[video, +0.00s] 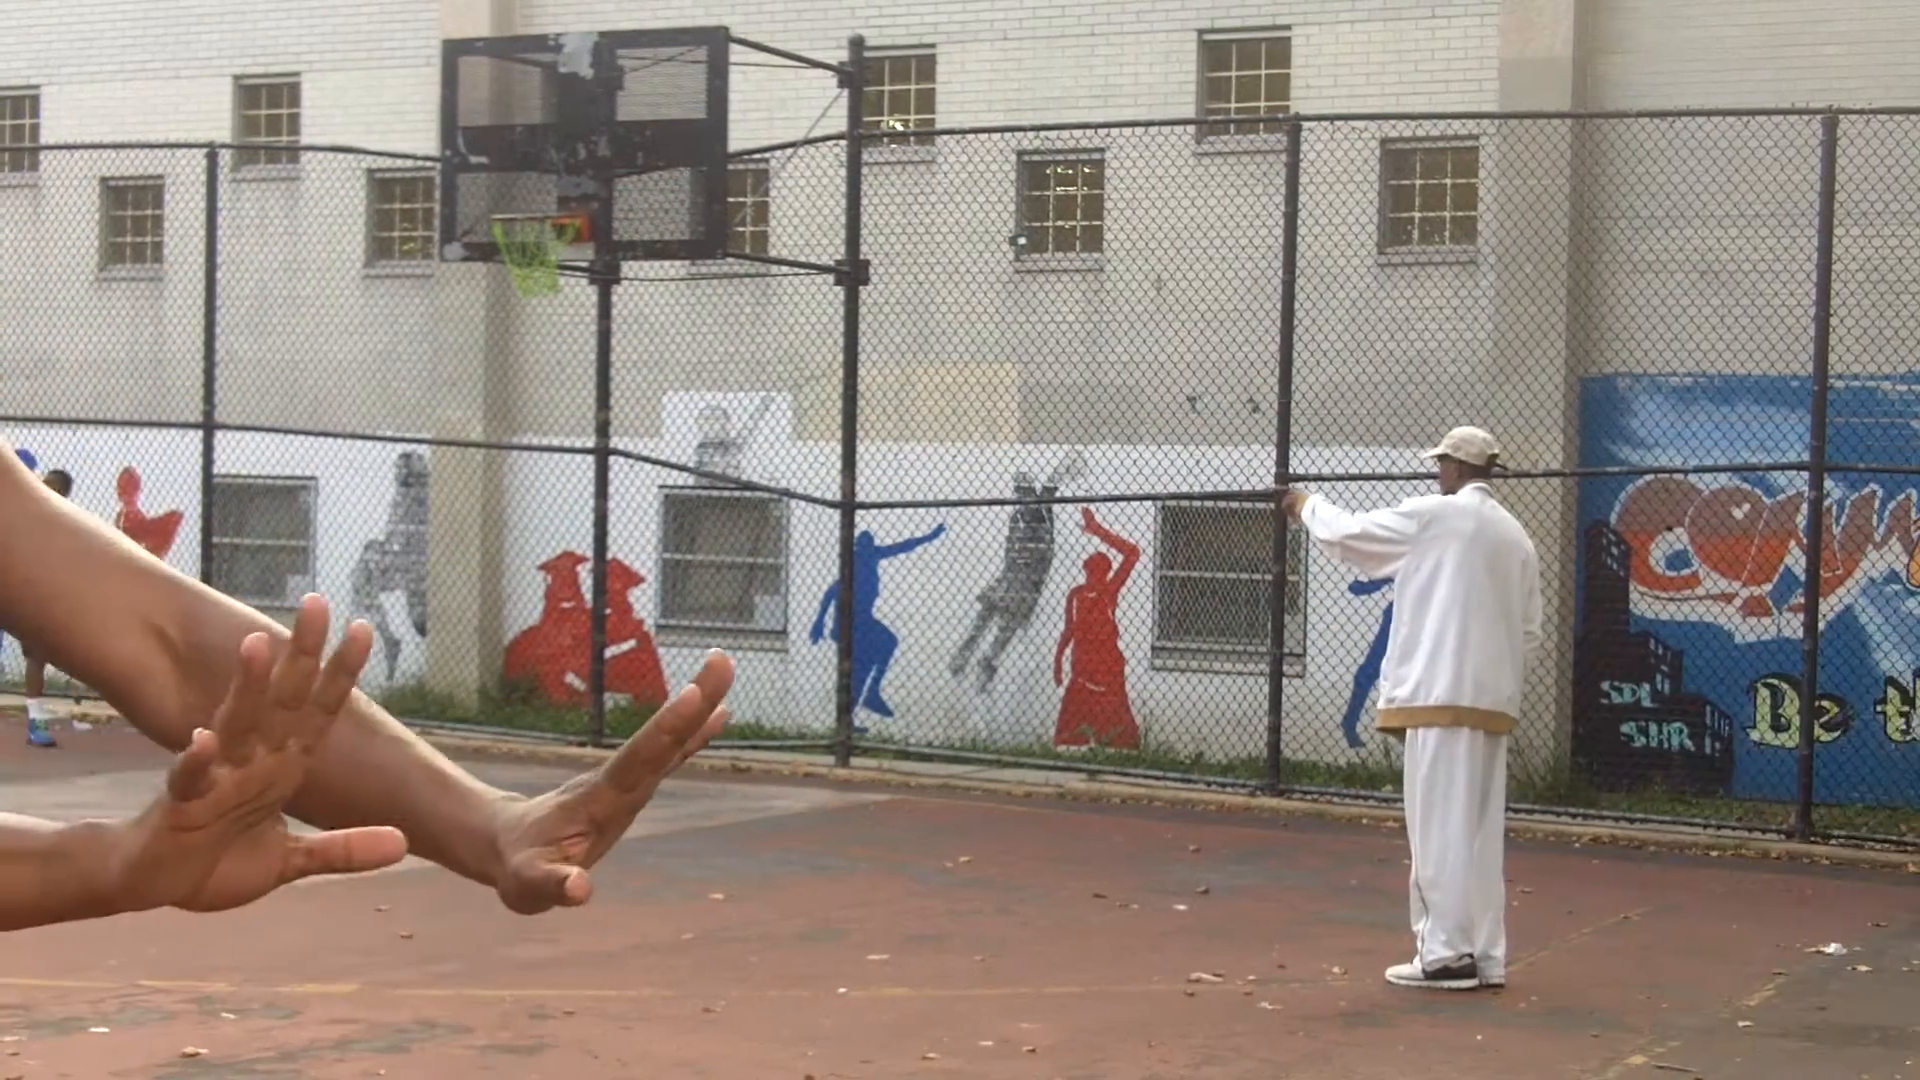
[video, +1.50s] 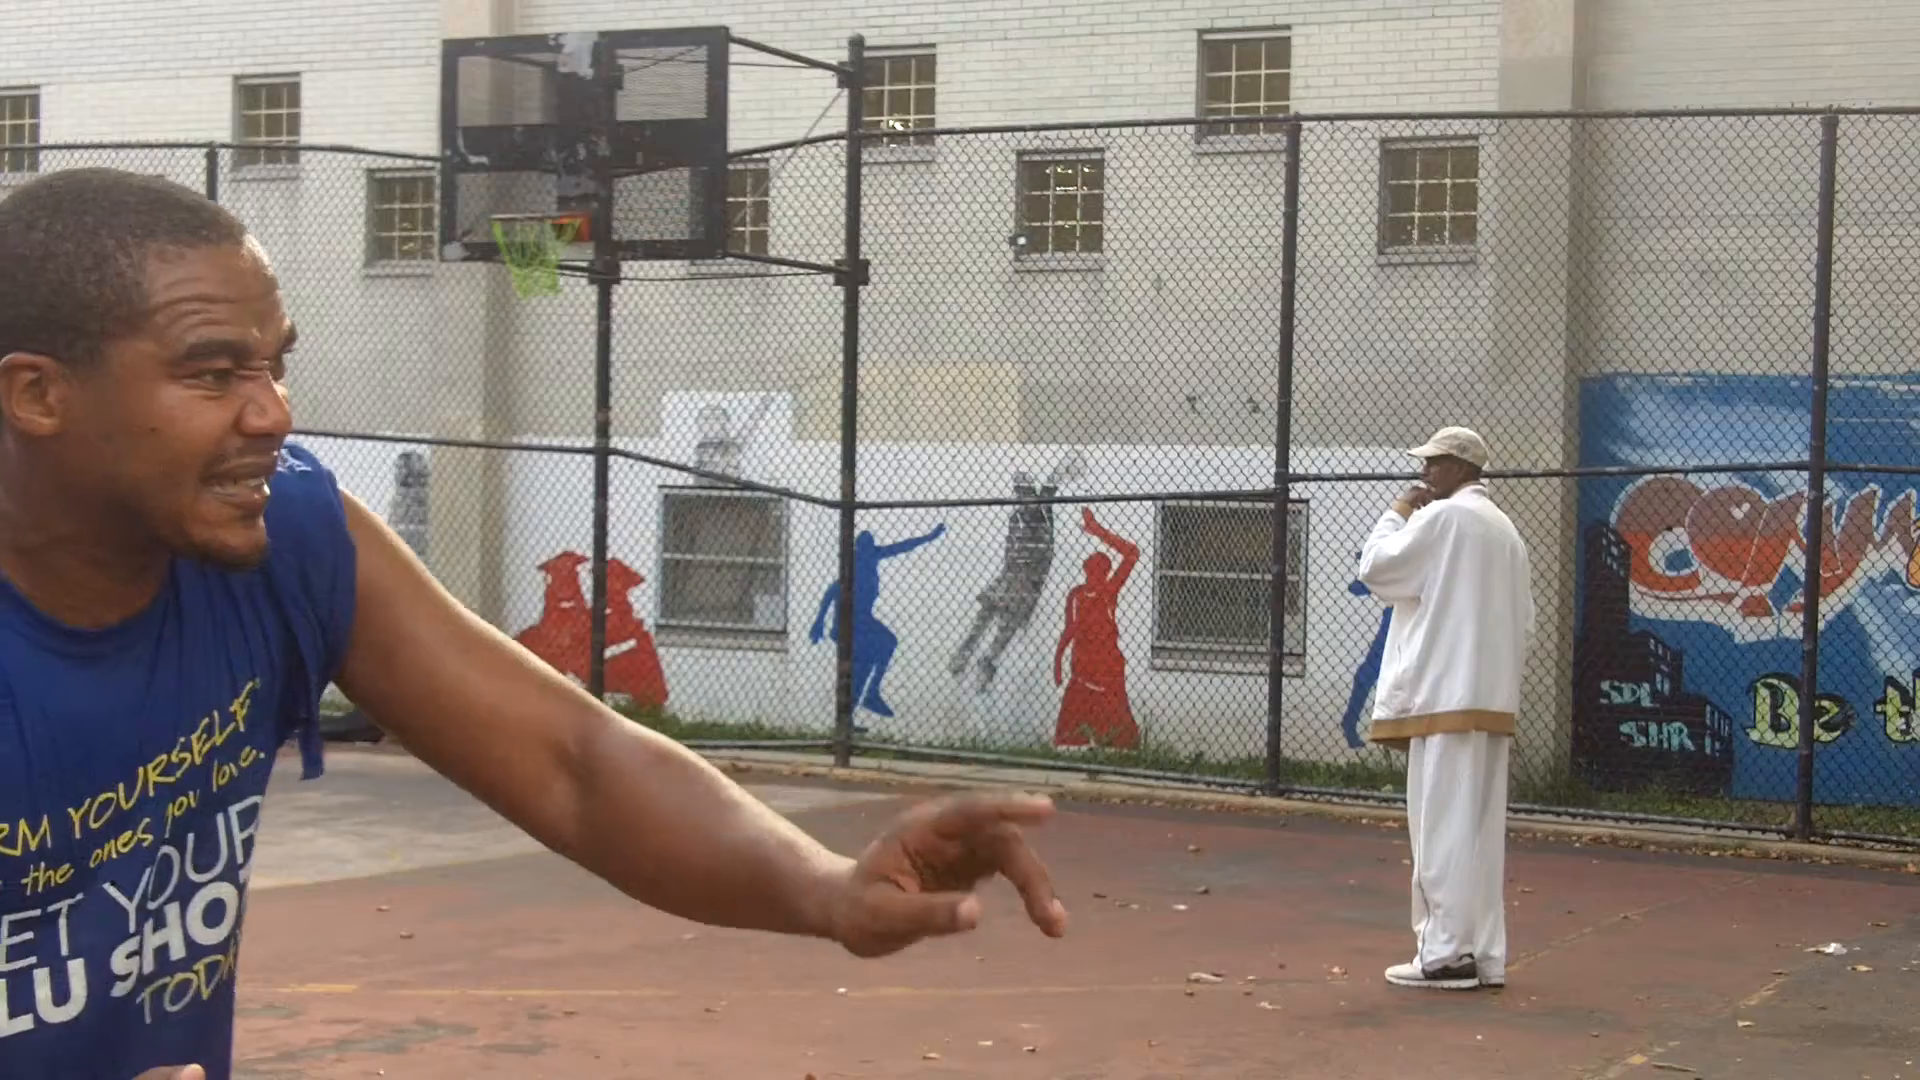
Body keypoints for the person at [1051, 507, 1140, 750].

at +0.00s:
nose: (1096, 575)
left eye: (1101, 570)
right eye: (1093, 569)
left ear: (1106, 572)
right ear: (1086, 569)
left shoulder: (1112, 589)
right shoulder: (1076, 593)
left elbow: (1132, 553)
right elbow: (1069, 629)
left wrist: (1098, 531)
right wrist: (1058, 658)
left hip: (1108, 656)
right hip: (1083, 656)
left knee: (1111, 703)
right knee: (1078, 702)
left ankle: (1120, 745)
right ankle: (1071, 745)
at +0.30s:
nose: (1097, 575)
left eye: (1101, 570)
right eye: (1093, 569)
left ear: (1106, 572)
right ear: (1086, 569)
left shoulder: (1112, 589)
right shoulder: (1076, 593)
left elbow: (1132, 554)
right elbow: (1069, 629)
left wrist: (1098, 531)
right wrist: (1058, 659)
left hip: (1108, 657)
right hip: (1083, 657)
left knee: (1111, 704)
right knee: (1078, 704)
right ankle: (1071, 745)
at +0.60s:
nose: (1097, 575)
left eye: (1101, 570)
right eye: (1093, 569)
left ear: (1107, 572)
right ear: (1086, 569)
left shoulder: (1112, 589)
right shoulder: (1076, 593)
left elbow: (1132, 554)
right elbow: (1069, 629)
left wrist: (1098, 531)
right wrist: (1058, 660)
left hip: (1108, 657)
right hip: (1082, 657)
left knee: (1111, 704)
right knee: (1078, 704)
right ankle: (1071, 745)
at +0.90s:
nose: (1097, 575)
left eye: (1101, 570)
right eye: (1093, 569)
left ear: (1107, 572)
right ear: (1086, 569)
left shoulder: (1112, 589)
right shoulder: (1076, 593)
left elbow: (1132, 554)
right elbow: (1069, 628)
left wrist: (1098, 531)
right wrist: (1058, 659)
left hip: (1108, 657)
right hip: (1082, 657)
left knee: (1111, 705)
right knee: (1078, 705)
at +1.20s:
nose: (1097, 575)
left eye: (1101, 570)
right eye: (1093, 569)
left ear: (1107, 572)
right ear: (1086, 569)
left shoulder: (1112, 589)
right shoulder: (1076, 593)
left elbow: (1132, 554)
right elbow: (1069, 628)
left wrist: (1098, 531)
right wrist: (1058, 659)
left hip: (1108, 657)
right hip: (1082, 657)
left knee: (1111, 705)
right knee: (1078, 705)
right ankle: (1070, 746)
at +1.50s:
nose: (1096, 575)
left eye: (1100, 570)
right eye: (1093, 569)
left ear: (1106, 572)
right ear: (1086, 569)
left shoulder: (1112, 589)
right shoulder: (1076, 594)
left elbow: (1132, 554)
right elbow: (1070, 628)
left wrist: (1099, 531)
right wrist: (1058, 658)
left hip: (1109, 658)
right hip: (1083, 658)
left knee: (1112, 706)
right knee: (1077, 705)